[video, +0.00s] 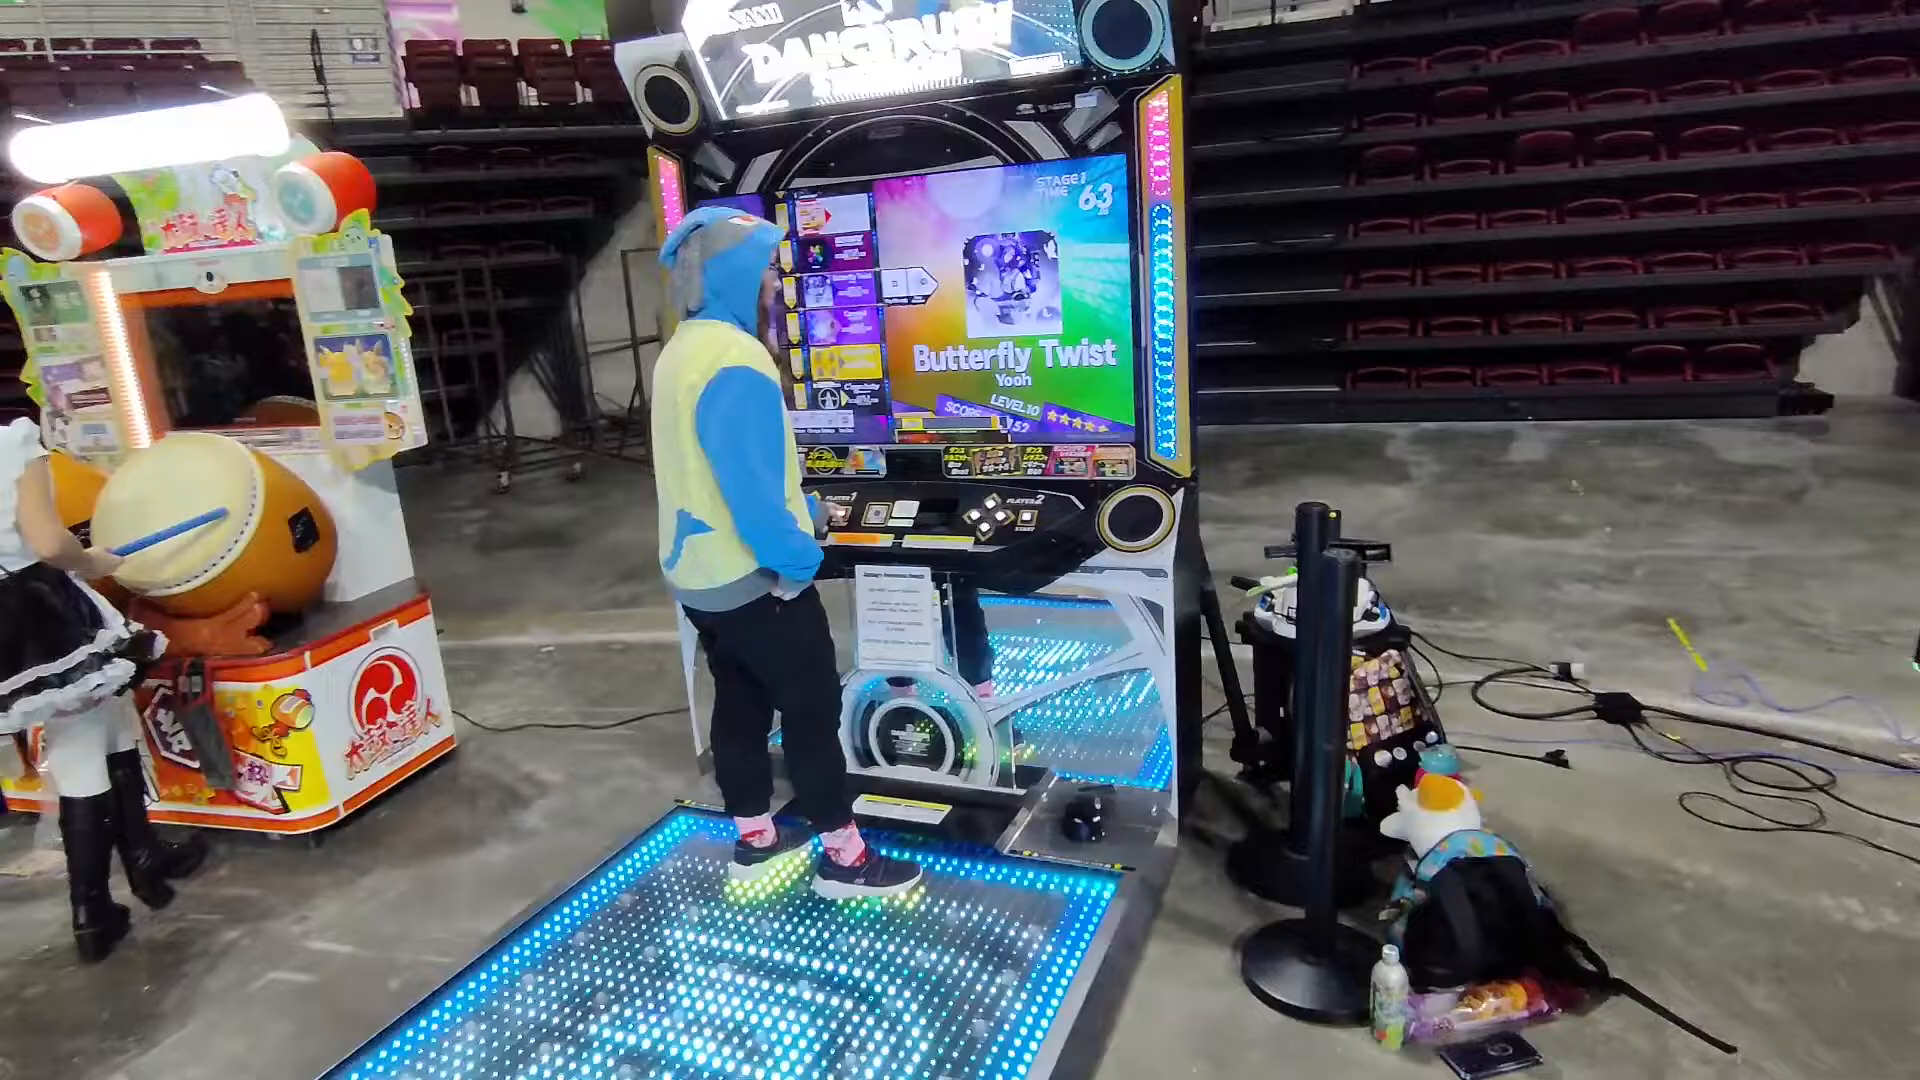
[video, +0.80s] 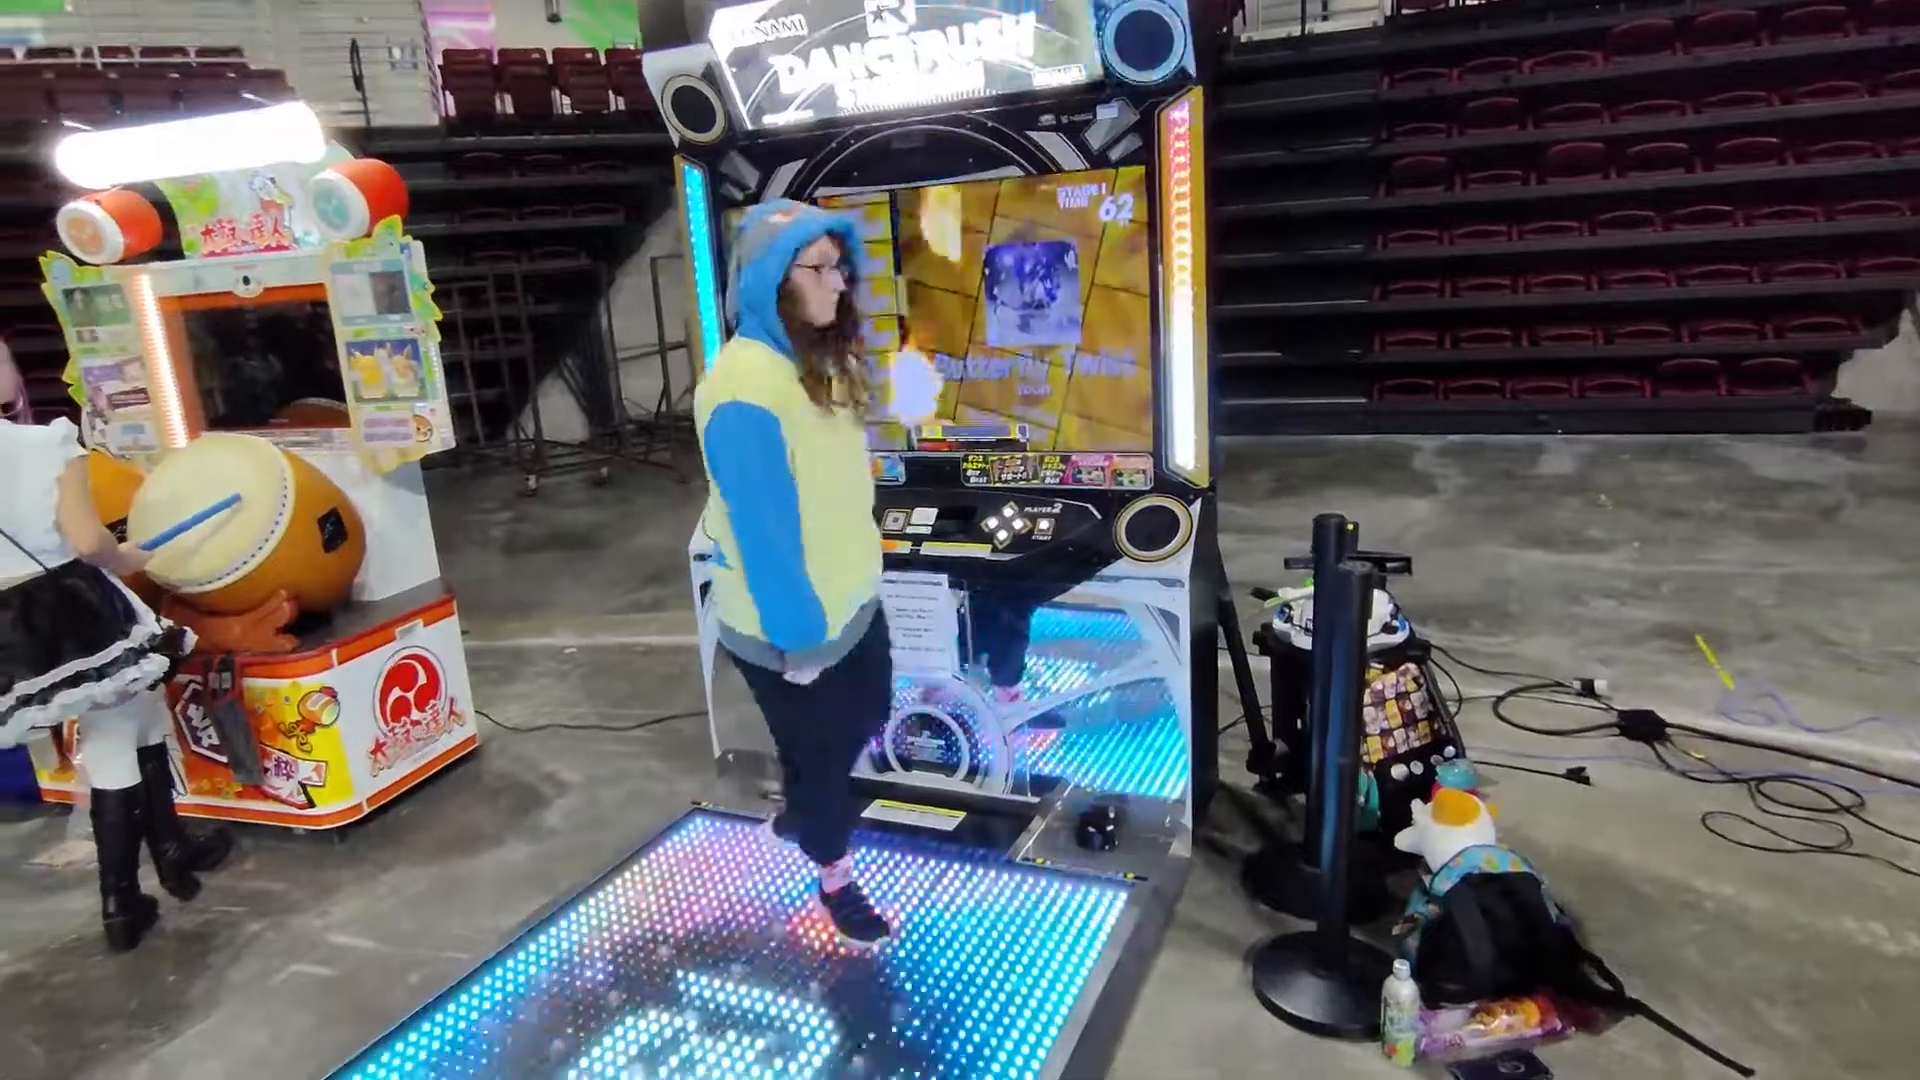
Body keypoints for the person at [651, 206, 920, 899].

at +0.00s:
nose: (777, 285)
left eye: (776, 271)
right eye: (768, 272)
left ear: (709, 279)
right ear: (736, 278)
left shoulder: (684, 351)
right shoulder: (735, 364)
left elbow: (698, 472)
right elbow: (754, 494)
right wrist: (804, 563)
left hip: (706, 581)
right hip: (757, 581)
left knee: (742, 697)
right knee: (813, 704)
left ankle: (753, 831)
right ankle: (843, 852)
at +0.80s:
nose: (834, 284)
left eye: (836, 268)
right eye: (816, 269)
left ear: (839, 275)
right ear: (773, 283)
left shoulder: (818, 361)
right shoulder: (743, 383)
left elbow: (838, 488)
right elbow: (762, 526)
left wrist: (860, 588)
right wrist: (800, 638)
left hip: (851, 600)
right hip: (785, 627)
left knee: (865, 714)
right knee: (819, 755)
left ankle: (801, 809)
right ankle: (835, 875)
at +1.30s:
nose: (821, 273)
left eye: (836, 254)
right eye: (802, 259)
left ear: (866, 263)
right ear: (783, 276)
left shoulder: (918, 357)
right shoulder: (750, 371)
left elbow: (955, 482)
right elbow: (723, 507)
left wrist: (973, 589)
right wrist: (737, 629)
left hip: (907, 610)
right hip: (796, 627)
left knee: (908, 780)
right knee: (838, 777)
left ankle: (932, 945)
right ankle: (865, 845)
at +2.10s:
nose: (623, 297)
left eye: (642, 275)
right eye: (623, 275)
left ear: (706, 280)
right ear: (670, 284)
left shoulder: (772, 400)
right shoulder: (691, 383)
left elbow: (822, 575)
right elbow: (708, 544)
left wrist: (836, 726)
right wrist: (698, 678)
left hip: (786, 698)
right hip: (708, 690)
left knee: (824, 845)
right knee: (735, 854)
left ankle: (922, 936)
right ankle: (767, 1005)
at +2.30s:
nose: (583, 294)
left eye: (597, 267)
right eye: (579, 270)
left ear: (661, 262)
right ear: (658, 265)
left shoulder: (696, 393)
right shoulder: (703, 361)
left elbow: (714, 582)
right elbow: (718, 562)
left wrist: (686, 731)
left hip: (726, 691)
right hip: (729, 678)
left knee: (704, 864)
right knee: (728, 851)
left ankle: (786, 995)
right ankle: (778, 988)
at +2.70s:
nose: (381, 264)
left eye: (389, 241)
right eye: (380, 241)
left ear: (441, 240)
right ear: (510, 231)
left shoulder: (435, 377)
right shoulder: (589, 329)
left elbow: (322, 576)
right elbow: (627, 481)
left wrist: (186, 725)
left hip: (512, 704)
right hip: (639, 660)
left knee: (495, 879)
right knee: (669, 807)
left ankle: (472, 1040)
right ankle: (720, 955)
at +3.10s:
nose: (422, 174)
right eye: (413, 159)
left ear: (284, 192)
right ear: (406, 170)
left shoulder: (246, 316)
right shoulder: (474, 282)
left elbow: (247, 497)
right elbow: (576, 435)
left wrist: (300, 590)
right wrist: (646, 544)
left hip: (373, 640)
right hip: (530, 610)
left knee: (438, 812)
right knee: (566, 761)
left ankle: (468, 982)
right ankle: (570, 937)